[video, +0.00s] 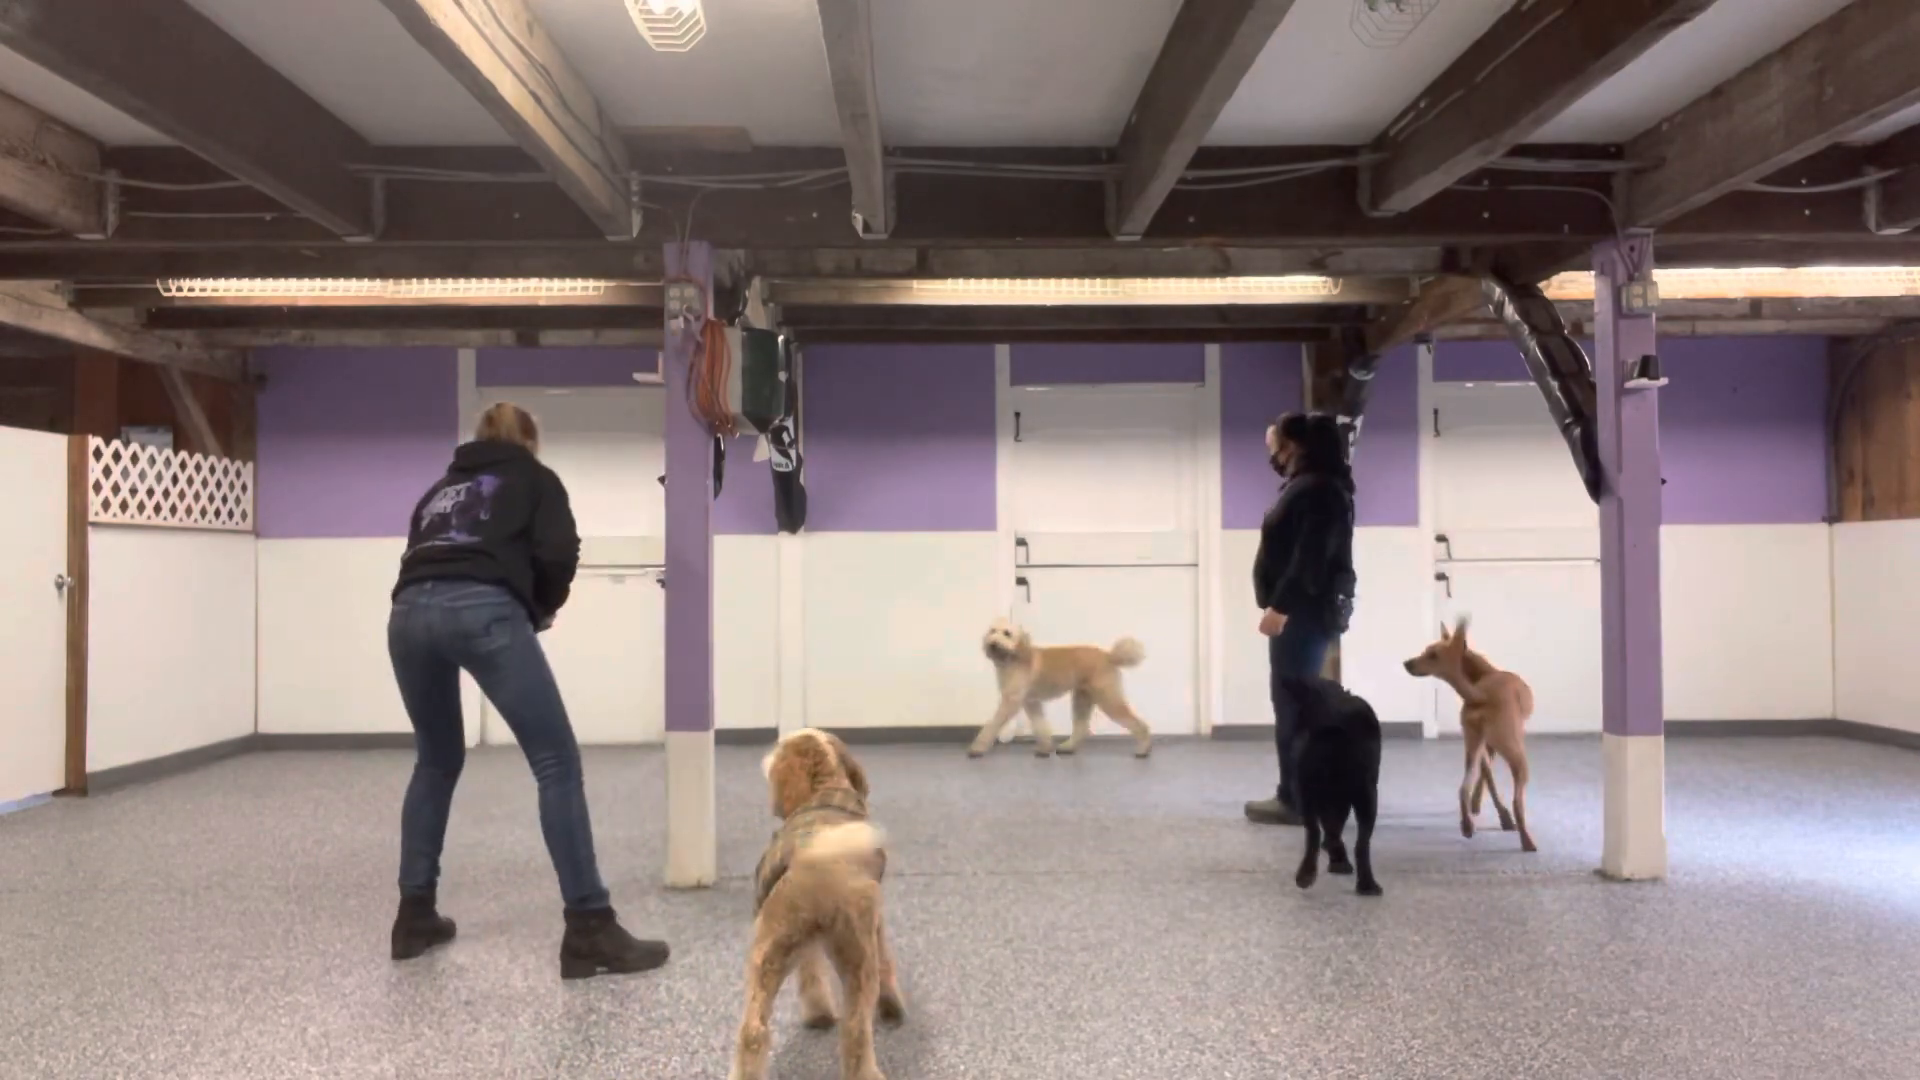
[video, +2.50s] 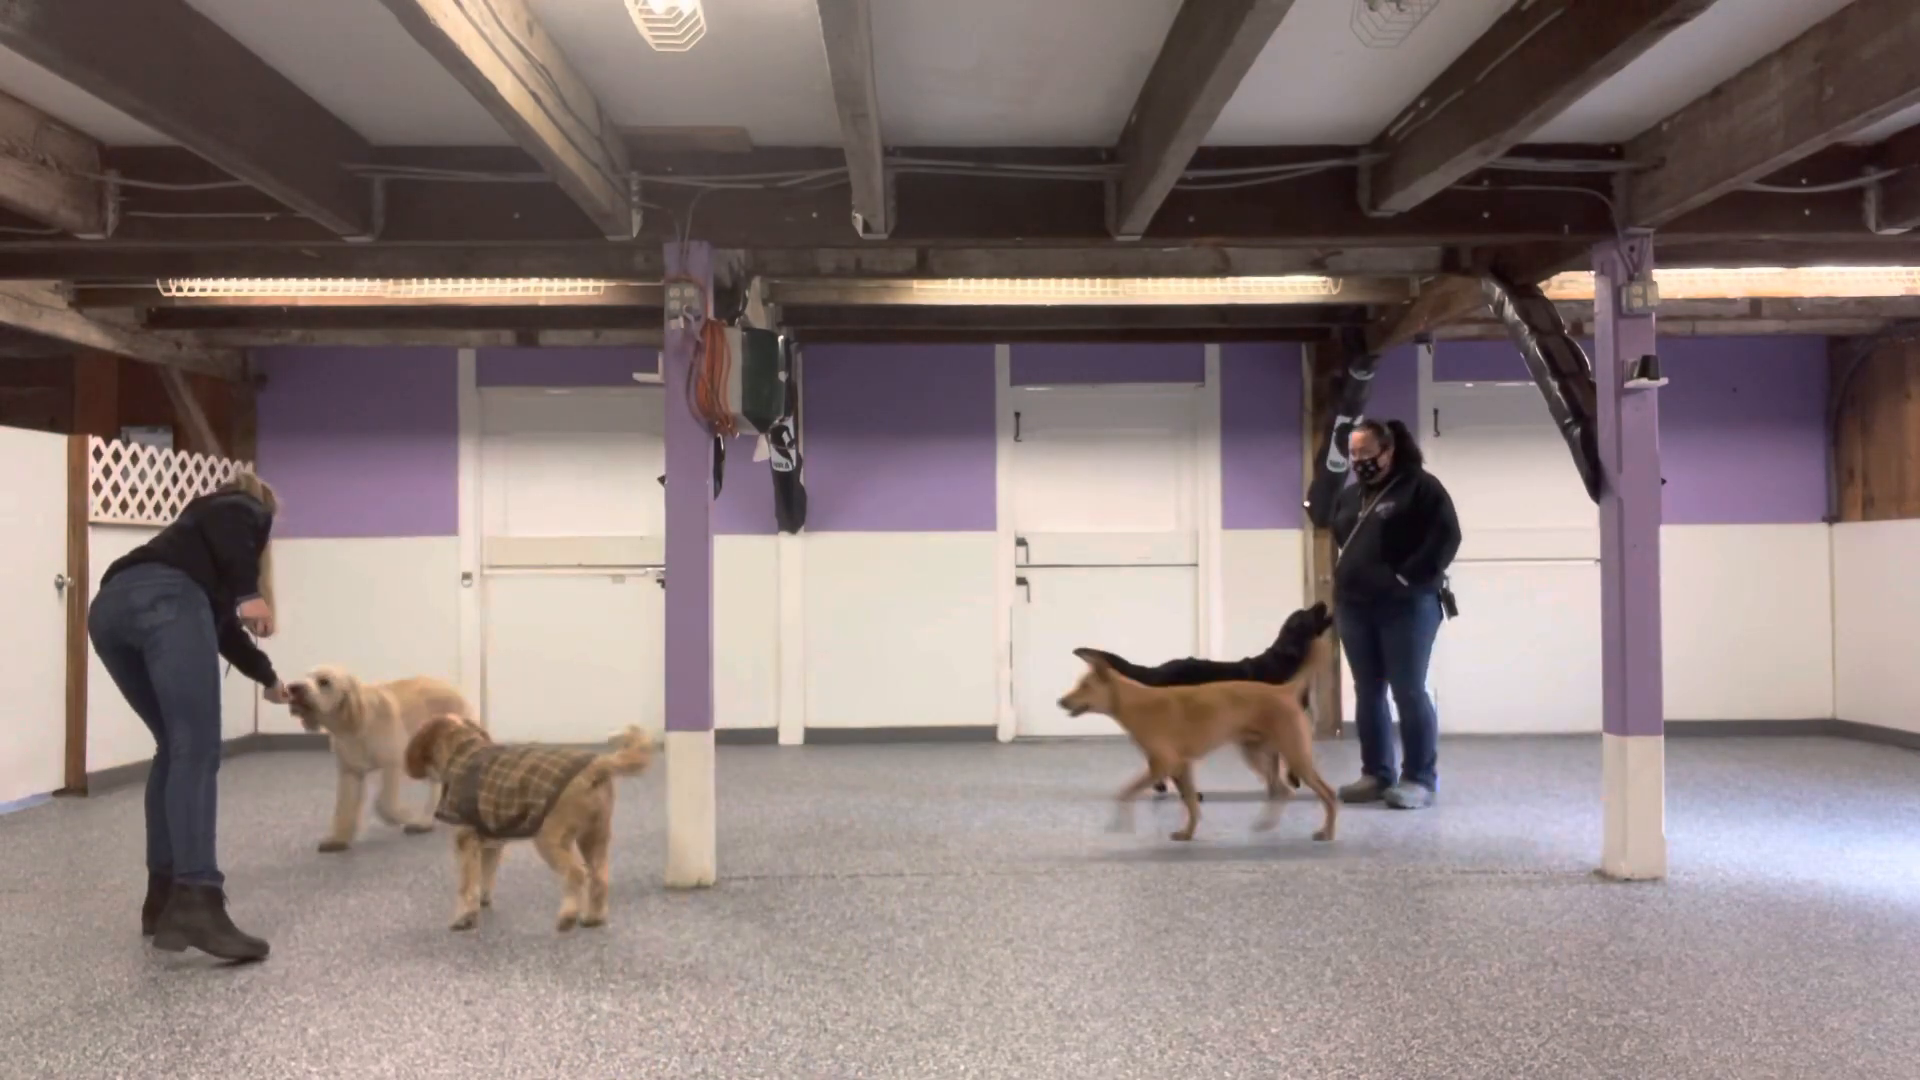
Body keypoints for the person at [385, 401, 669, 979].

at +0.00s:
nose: (537, 449)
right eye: (535, 440)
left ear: (480, 437)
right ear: (529, 441)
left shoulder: (442, 484)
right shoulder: (537, 477)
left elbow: (421, 555)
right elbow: (558, 550)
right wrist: (541, 609)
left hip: (411, 612)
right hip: (486, 609)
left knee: (436, 759)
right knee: (556, 763)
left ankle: (414, 915)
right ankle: (590, 926)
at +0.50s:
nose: (475, 437)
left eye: (470, 427)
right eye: (472, 428)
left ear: (412, 431)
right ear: (466, 428)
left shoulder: (375, 489)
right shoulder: (478, 473)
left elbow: (325, 562)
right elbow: (518, 542)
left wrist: (378, 597)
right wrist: (539, 598)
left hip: (382, 635)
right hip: (455, 621)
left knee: (437, 760)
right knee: (540, 765)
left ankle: (415, 915)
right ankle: (591, 920)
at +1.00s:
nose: (406, 395)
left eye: (404, 385)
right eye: (403, 385)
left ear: (340, 382)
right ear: (390, 386)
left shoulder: (304, 446)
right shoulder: (387, 442)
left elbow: (286, 535)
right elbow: (426, 522)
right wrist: (463, 569)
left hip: (301, 621)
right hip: (360, 622)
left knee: (392, 765)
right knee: (383, 773)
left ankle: (413, 911)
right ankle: (267, 911)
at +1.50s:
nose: (332, 409)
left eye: (332, 398)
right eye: (330, 397)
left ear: (270, 389)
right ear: (313, 394)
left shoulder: (234, 441)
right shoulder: (301, 440)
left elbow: (179, 524)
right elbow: (300, 522)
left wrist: (225, 572)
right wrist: (351, 591)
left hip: (207, 616)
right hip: (262, 619)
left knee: (255, 756)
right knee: (288, 776)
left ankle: (203, 893)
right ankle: (232, 932)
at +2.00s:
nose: (275, 483)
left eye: (276, 475)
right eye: (274, 475)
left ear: (222, 463)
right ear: (265, 469)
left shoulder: (192, 493)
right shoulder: (257, 489)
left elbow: (200, 573)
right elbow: (248, 539)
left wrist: (244, 640)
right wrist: (269, 606)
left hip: (121, 606)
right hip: (187, 601)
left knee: (171, 747)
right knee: (220, 752)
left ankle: (164, 893)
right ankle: (211, 910)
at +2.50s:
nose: (268, 526)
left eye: (269, 520)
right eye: (268, 517)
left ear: (228, 494)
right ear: (259, 502)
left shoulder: (199, 530)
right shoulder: (243, 504)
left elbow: (223, 625)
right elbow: (232, 525)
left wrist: (270, 681)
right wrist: (246, 591)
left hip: (107, 611)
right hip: (165, 594)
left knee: (173, 748)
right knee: (197, 749)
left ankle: (164, 895)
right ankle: (197, 901)